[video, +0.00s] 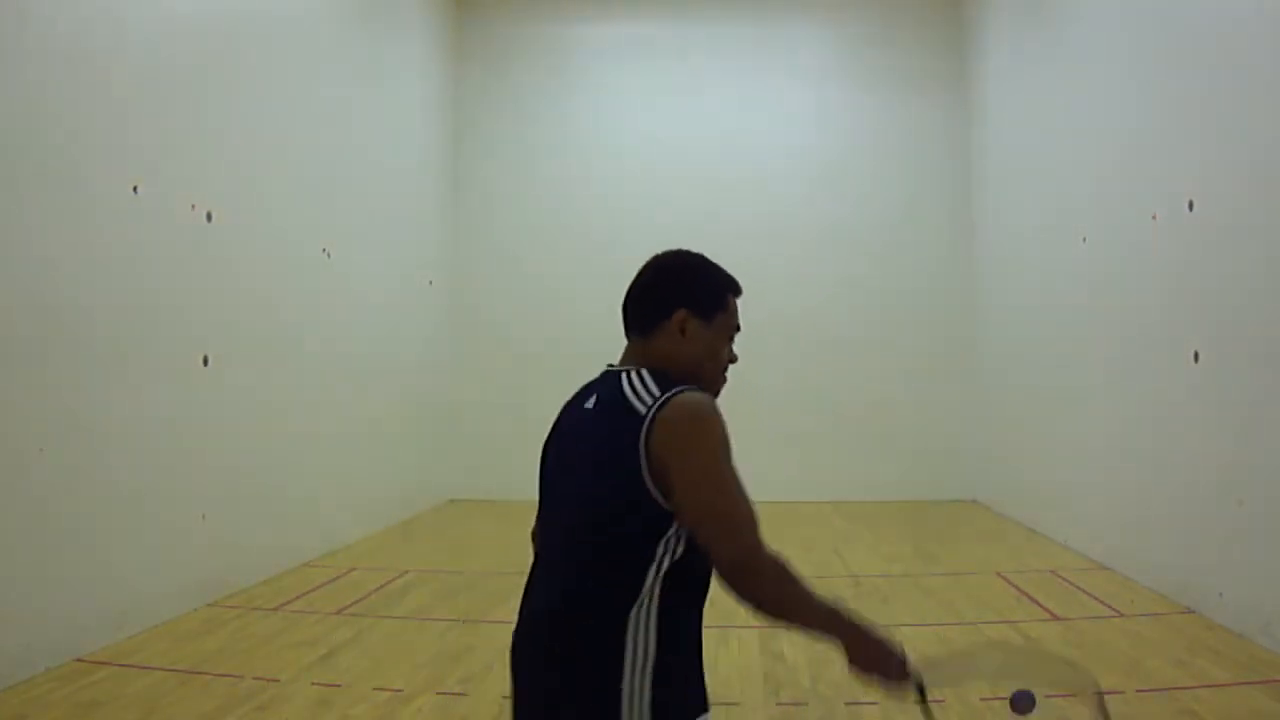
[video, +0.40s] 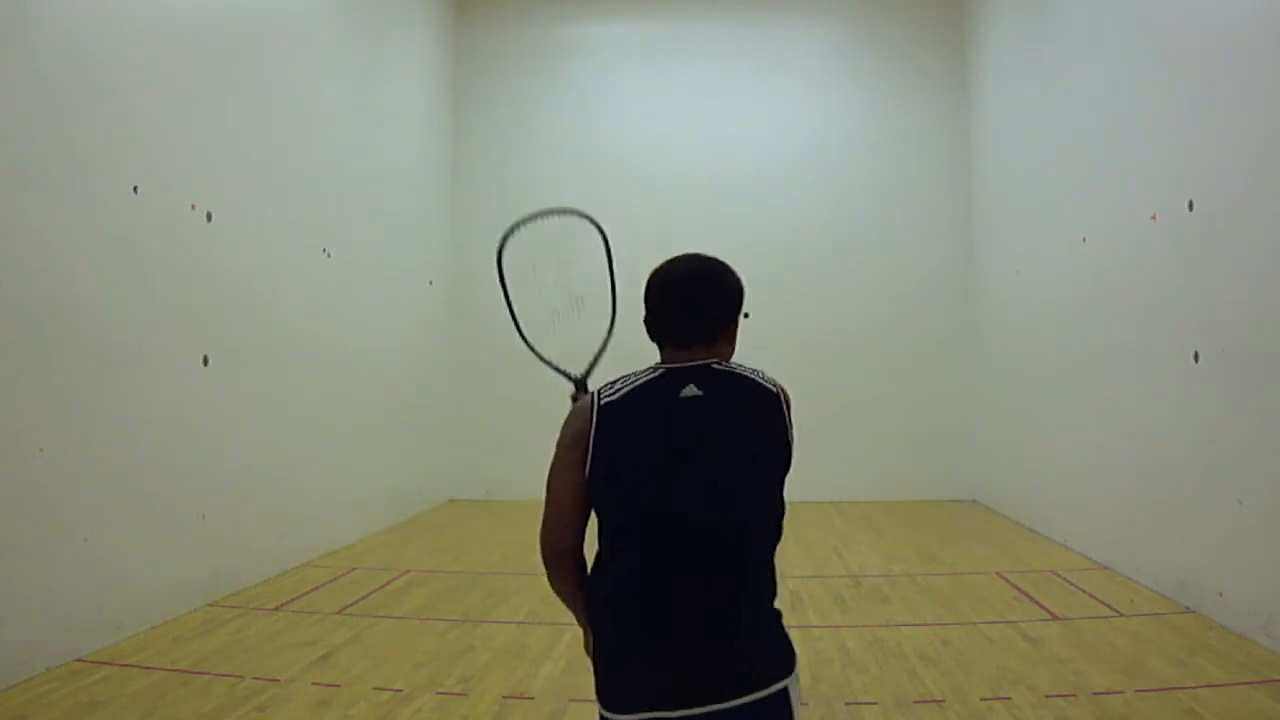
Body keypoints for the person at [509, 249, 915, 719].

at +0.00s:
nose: (734, 354)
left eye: (735, 338)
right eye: (729, 335)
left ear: (680, 327)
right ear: (683, 328)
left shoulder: (586, 404)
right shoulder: (684, 415)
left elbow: (549, 542)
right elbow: (745, 564)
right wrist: (849, 632)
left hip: (548, 685)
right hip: (628, 692)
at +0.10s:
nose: (723, 342)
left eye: (726, 326)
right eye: (721, 324)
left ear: (631, 314)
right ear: (685, 317)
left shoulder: (563, 407)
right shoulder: (716, 379)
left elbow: (538, 540)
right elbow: (783, 498)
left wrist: (574, 611)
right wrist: (782, 456)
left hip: (574, 656)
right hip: (664, 657)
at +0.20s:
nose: (725, 326)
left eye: (725, 312)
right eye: (723, 312)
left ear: (633, 315)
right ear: (706, 315)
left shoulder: (568, 412)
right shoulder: (740, 377)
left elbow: (542, 546)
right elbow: (761, 456)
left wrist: (596, 608)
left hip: (598, 677)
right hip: (701, 670)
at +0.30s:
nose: (734, 326)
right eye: (734, 314)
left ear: (645, 320)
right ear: (724, 319)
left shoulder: (583, 415)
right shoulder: (761, 390)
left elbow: (553, 549)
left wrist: (607, 608)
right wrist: (607, 387)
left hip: (620, 675)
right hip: (730, 667)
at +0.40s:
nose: (737, 330)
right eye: (738, 321)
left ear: (649, 328)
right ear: (733, 327)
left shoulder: (595, 413)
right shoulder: (770, 403)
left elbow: (558, 547)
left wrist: (591, 619)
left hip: (637, 683)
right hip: (750, 677)